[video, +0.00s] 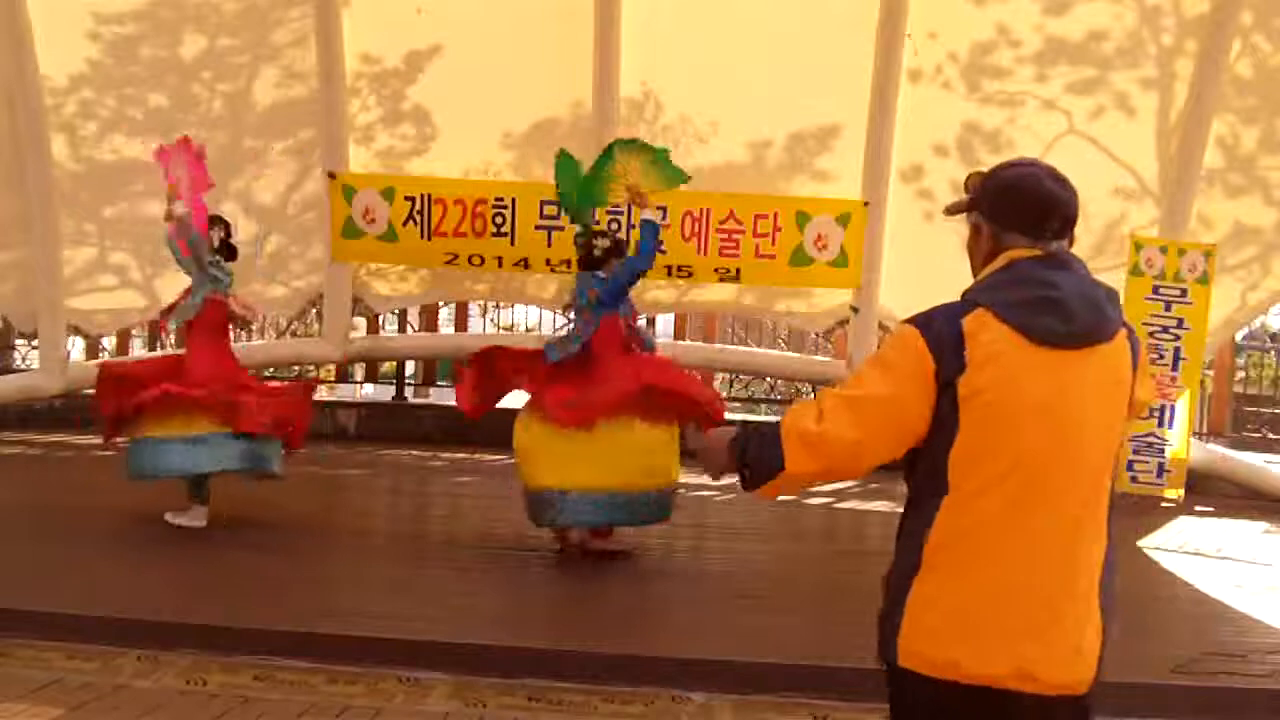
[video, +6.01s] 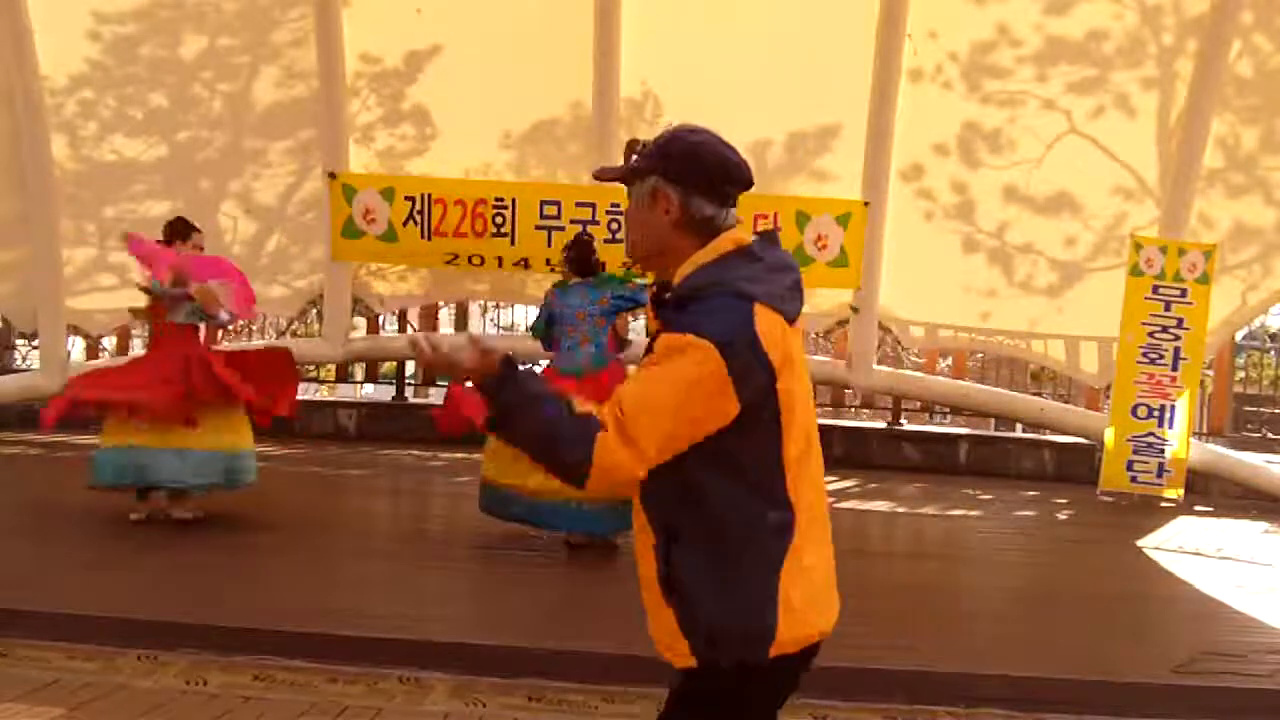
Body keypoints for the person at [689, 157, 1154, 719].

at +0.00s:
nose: (966, 242)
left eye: (968, 229)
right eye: (966, 229)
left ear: (982, 234)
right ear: (1062, 240)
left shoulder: (945, 334)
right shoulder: (1121, 347)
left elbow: (845, 433)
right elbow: (1135, 401)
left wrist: (739, 450)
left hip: (947, 645)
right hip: (1062, 653)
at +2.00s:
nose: (984, 215)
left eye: (984, 203)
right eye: (982, 201)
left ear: (884, 182)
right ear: (974, 203)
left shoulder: (803, 278)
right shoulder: (982, 284)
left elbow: (742, 273)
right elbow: (1093, 264)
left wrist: (700, 250)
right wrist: (1171, 210)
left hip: (780, 631)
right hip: (897, 640)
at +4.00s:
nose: (929, 237)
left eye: (932, 222)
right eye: (933, 223)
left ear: (837, 203)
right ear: (920, 230)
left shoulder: (724, 294)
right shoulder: (894, 324)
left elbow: (631, 410)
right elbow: (1021, 382)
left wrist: (636, 518)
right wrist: (971, 327)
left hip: (682, 629)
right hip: (785, 654)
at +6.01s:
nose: (624, 221)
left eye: (629, 201)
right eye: (625, 203)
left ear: (666, 206)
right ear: (674, 206)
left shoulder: (720, 322)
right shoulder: (729, 294)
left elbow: (606, 460)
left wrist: (496, 377)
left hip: (746, 627)